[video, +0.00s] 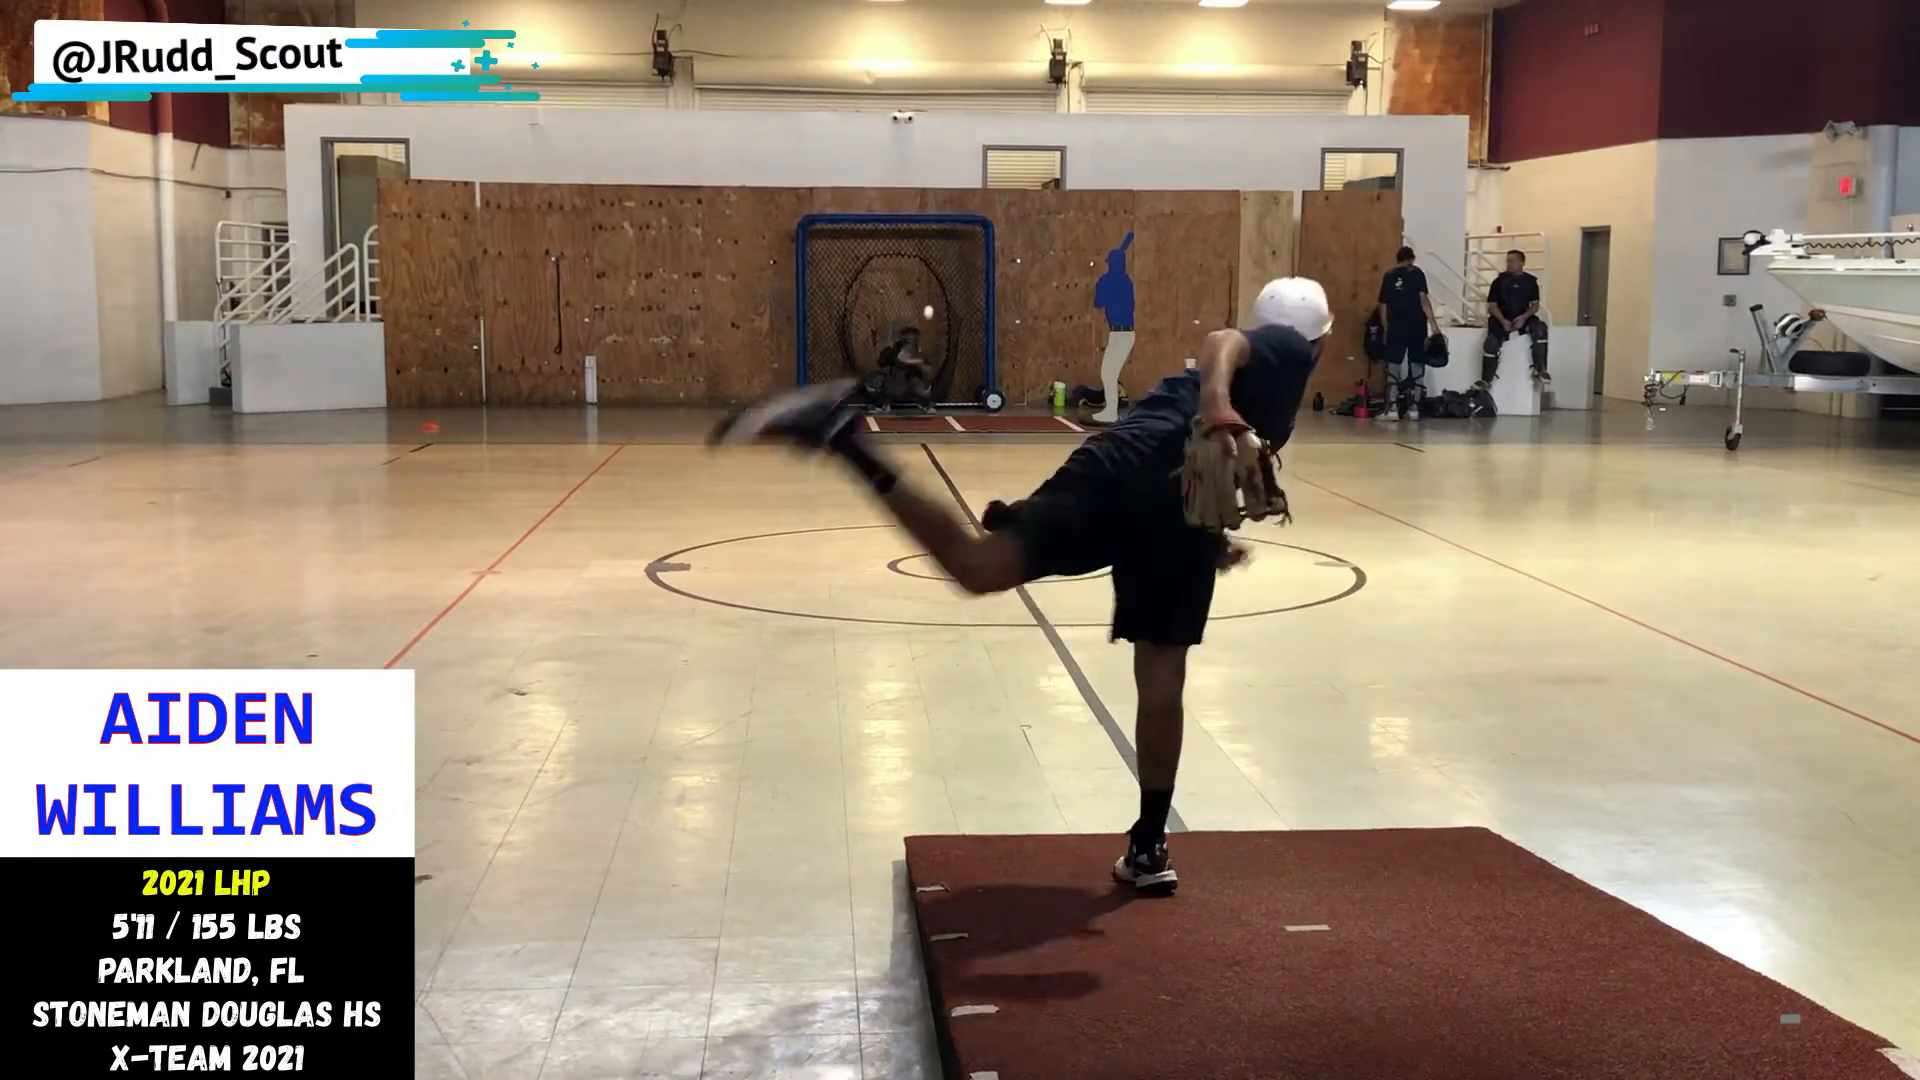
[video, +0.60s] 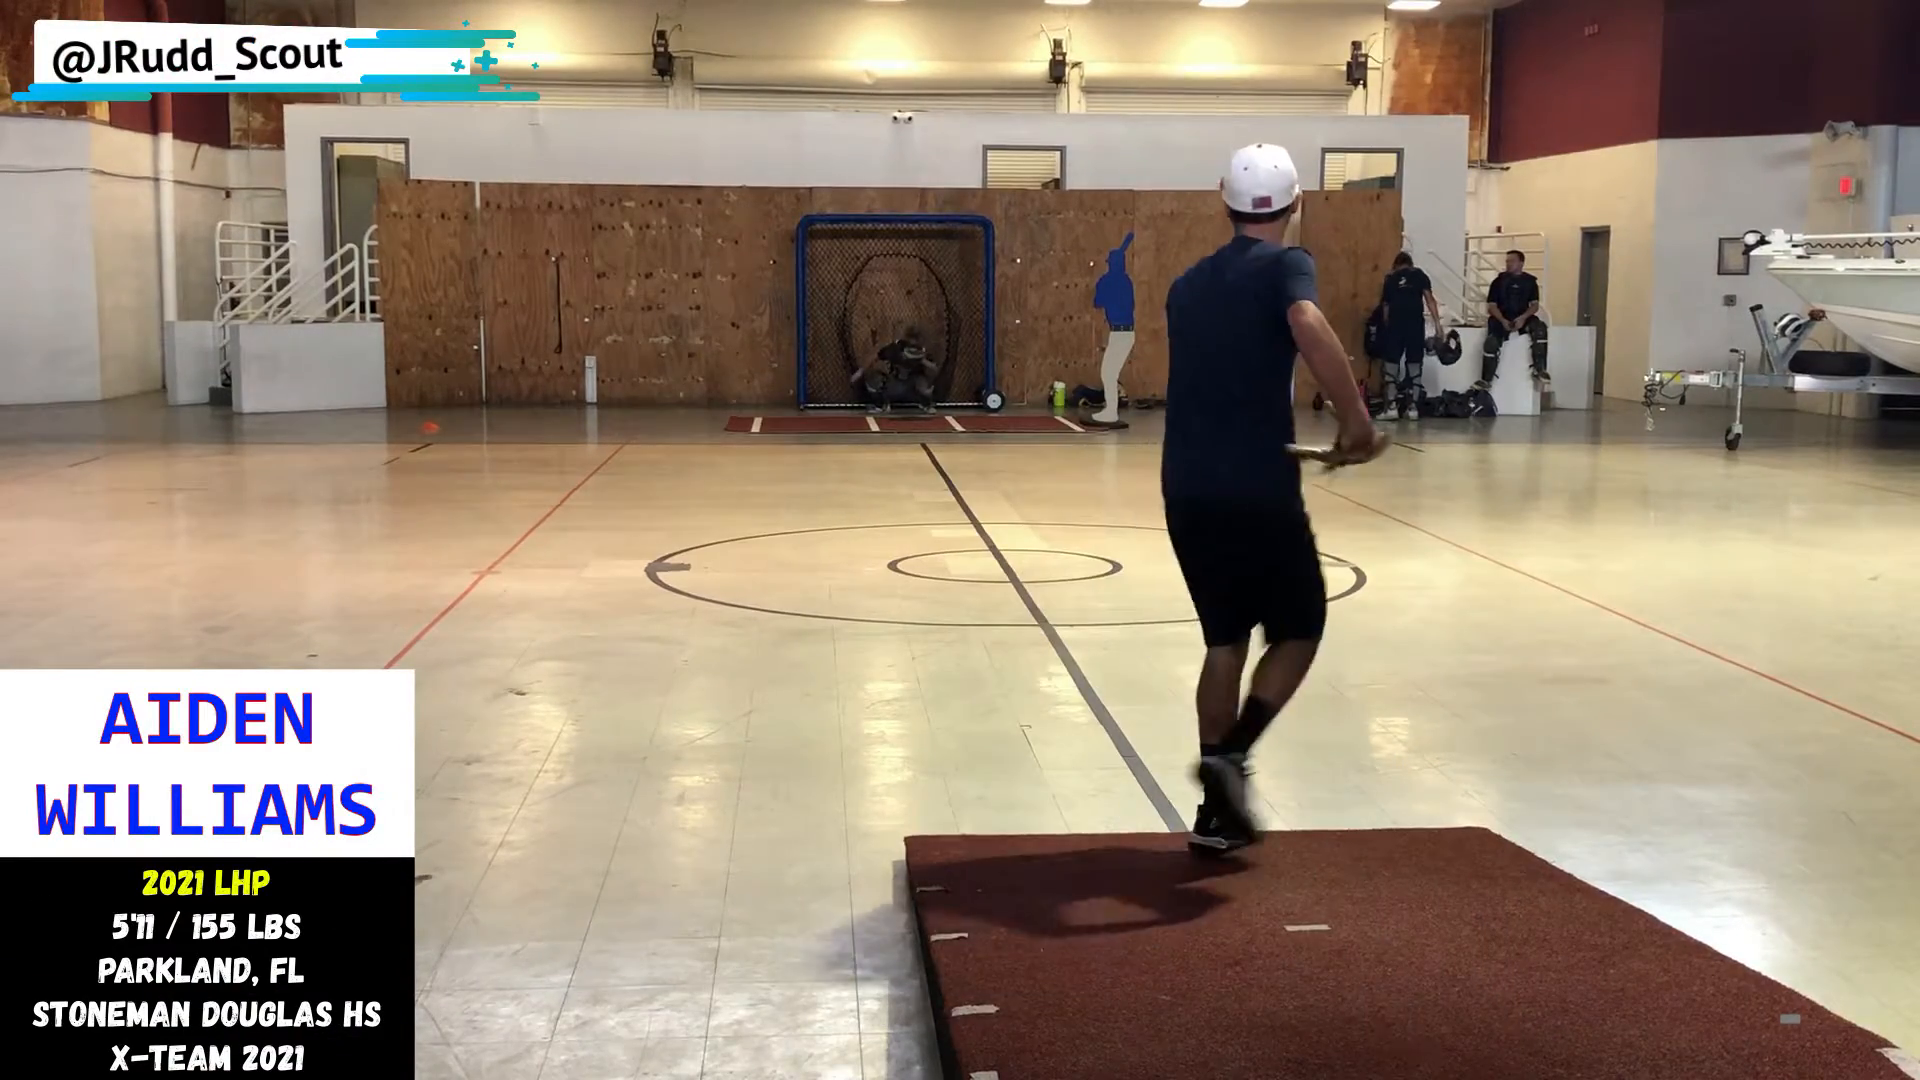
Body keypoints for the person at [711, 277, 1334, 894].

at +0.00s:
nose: (1316, 340)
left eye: (1307, 335)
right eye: (1319, 333)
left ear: (1258, 316)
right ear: (1315, 332)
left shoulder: (1228, 362)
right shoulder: (1292, 348)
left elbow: (1165, 451)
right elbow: (1218, 341)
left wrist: (1212, 541)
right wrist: (1216, 404)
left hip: (1112, 473)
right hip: (1176, 495)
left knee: (978, 566)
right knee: (1161, 677)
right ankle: (1149, 843)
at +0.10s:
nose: (1328, 318)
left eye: (1311, 310)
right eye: (1330, 310)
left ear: (1266, 301)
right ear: (1328, 311)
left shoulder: (1237, 347)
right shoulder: (1303, 338)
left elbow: (1210, 441)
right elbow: (1247, 343)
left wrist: (1251, 507)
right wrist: (1244, 416)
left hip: (1109, 465)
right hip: (1177, 484)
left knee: (975, 606)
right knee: (1160, 671)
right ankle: (1145, 846)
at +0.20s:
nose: (1331, 291)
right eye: (1333, 283)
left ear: (1267, 277)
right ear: (1329, 282)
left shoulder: (1241, 325)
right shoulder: (1309, 304)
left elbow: (1221, 421)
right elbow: (1278, 339)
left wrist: (1275, 497)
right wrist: (1288, 442)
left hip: (1110, 458)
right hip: (1177, 475)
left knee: (1046, 617)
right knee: (1155, 664)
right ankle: (1141, 844)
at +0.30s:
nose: (1334, 257)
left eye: (1329, 248)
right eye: (1332, 248)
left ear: (1258, 254)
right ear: (1322, 254)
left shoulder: (1229, 304)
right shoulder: (1305, 281)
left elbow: (1174, 398)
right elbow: (1296, 325)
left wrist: (1232, 473)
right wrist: (1324, 436)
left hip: (1119, 475)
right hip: (1185, 489)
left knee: (1118, 632)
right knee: (1162, 667)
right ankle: (1139, 841)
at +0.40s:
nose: (1313, 241)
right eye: (1314, 230)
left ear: (1248, 230)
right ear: (1310, 232)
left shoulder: (1215, 289)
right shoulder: (1291, 270)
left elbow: (1176, 386)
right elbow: (1297, 320)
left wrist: (1247, 451)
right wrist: (1336, 425)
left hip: (1150, 477)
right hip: (1212, 482)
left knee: (1195, 652)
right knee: (1189, 658)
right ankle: (1142, 827)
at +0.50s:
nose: (1300, 219)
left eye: (1293, 208)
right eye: (1300, 210)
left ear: (1234, 217)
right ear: (1294, 215)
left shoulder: (1198, 285)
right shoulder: (1284, 263)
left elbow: (1193, 392)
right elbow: (1294, 319)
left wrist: (1265, 444)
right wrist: (1344, 420)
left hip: (1172, 482)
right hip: (1238, 486)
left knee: (1218, 643)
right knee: (1258, 651)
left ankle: (1217, 806)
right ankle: (1179, 789)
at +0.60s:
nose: (1297, 215)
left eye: (1287, 206)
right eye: (1297, 206)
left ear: (1229, 208)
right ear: (1291, 207)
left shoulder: (1186, 286)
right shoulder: (1289, 264)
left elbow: (1196, 391)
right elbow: (1305, 323)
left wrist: (1268, 442)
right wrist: (1358, 423)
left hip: (1188, 490)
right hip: (1256, 489)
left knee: (1224, 639)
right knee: (1298, 628)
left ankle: (1217, 810)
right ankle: (1233, 753)